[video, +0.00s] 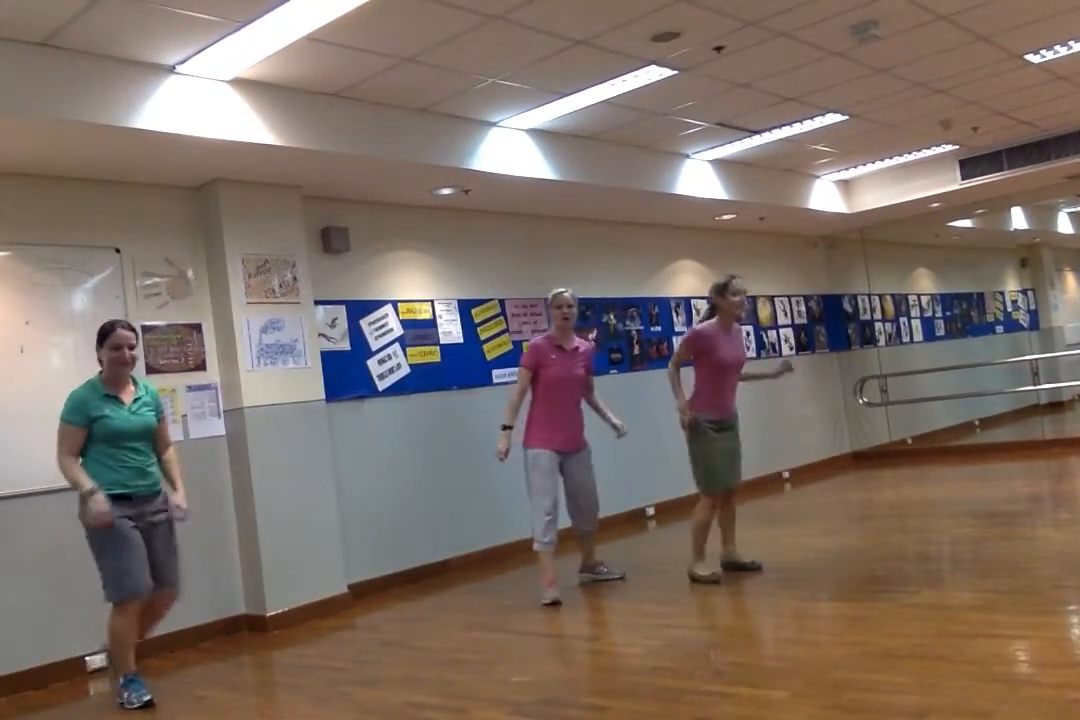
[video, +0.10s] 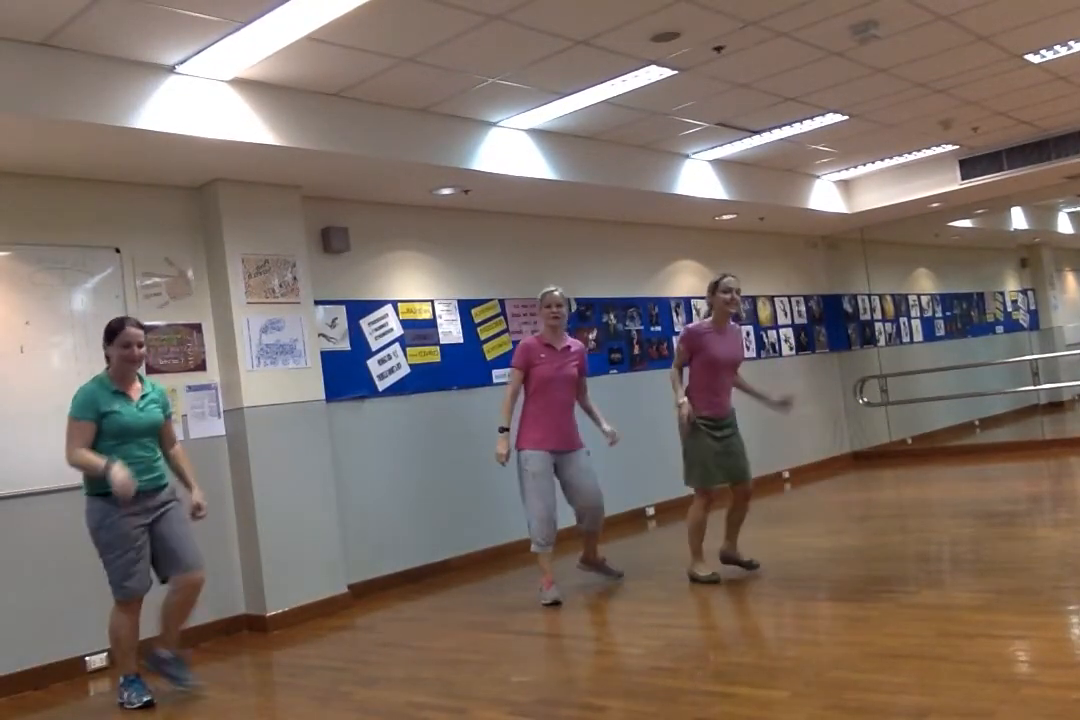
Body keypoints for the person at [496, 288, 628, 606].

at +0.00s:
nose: (565, 311)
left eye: (570, 306)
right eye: (560, 307)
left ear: (576, 310)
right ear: (549, 312)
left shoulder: (585, 349)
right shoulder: (537, 347)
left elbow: (588, 393)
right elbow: (519, 391)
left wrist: (611, 419)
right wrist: (505, 432)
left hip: (574, 440)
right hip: (541, 441)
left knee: (587, 504)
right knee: (546, 509)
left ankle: (589, 563)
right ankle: (549, 584)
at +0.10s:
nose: (554, 312)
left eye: (559, 307)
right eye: (548, 307)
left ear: (567, 311)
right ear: (539, 312)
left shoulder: (577, 349)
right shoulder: (528, 347)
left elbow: (582, 395)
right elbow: (512, 392)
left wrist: (603, 425)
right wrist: (503, 434)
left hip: (569, 441)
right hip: (534, 443)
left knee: (592, 500)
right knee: (541, 510)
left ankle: (591, 556)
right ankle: (547, 581)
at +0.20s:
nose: (548, 307)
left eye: (553, 303)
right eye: (543, 303)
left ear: (561, 308)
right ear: (533, 309)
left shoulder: (573, 347)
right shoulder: (521, 347)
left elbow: (578, 394)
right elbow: (509, 393)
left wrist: (592, 433)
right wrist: (507, 432)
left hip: (568, 441)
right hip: (532, 444)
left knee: (593, 500)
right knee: (538, 512)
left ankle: (585, 555)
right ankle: (546, 580)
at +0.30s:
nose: (545, 305)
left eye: (549, 300)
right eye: (539, 300)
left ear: (558, 306)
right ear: (530, 307)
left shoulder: (571, 346)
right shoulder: (519, 346)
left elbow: (576, 393)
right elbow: (509, 393)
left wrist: (582, 434)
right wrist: (515, 430)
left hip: (570, 438)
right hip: (534, 443)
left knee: (588, 499)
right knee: (538, 513)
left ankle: (583, 572)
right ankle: (546, 581)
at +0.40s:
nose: (544, 304)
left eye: (549, 299)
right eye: (538, 300)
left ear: (557, 305)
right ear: (529, 307)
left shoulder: (573, 345)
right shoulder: (519, 346)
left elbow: (577, 391)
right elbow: (512, 393)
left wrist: (581, 432)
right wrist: (522, 429)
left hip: (570, 439)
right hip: (535, 443)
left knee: (580, 504)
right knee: (539, 513)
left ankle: (580, 584)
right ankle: (547, 581)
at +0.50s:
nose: (547, 304)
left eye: (551, 299)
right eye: (541, 300)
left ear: (561, 305)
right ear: (532, 307)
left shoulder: (579, 345)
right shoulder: (524, 346)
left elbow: (584, 390)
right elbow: (516, 396)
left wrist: (588, 431)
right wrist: (525, 432)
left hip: (576, 441)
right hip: (540, 444)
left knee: (574, 512)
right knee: (543, 516)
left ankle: (570, 591)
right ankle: (549, 583)